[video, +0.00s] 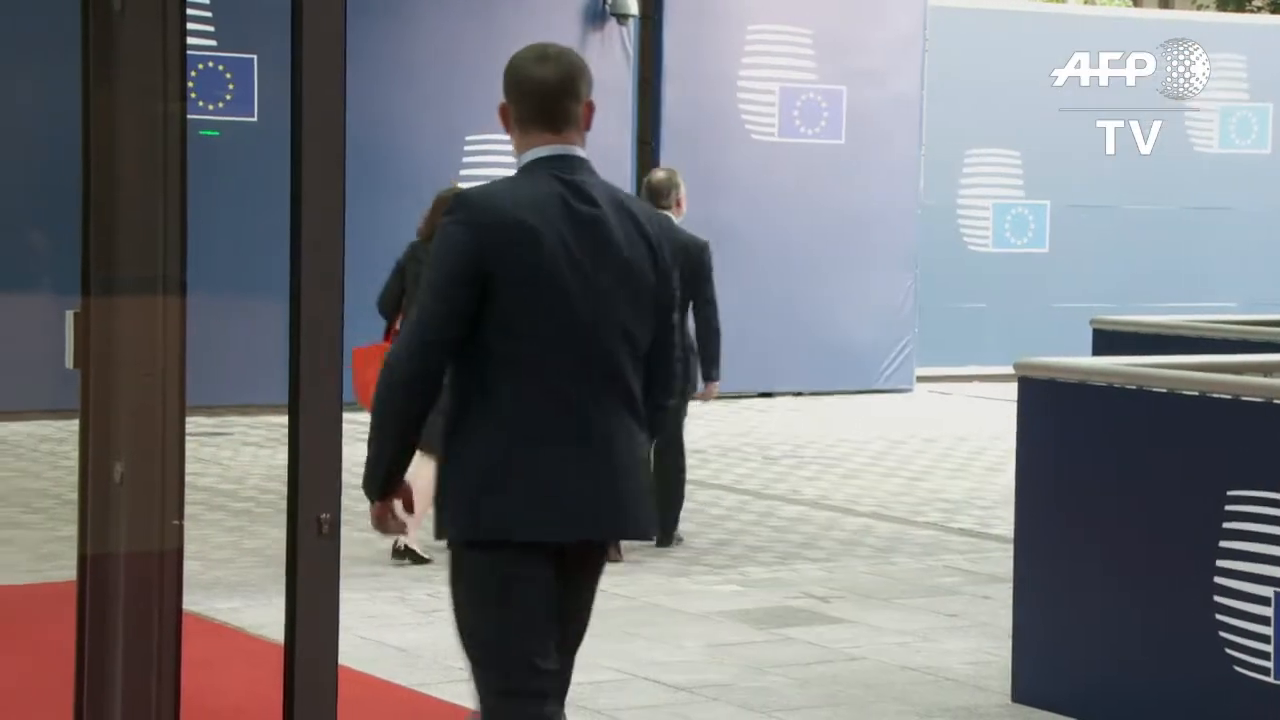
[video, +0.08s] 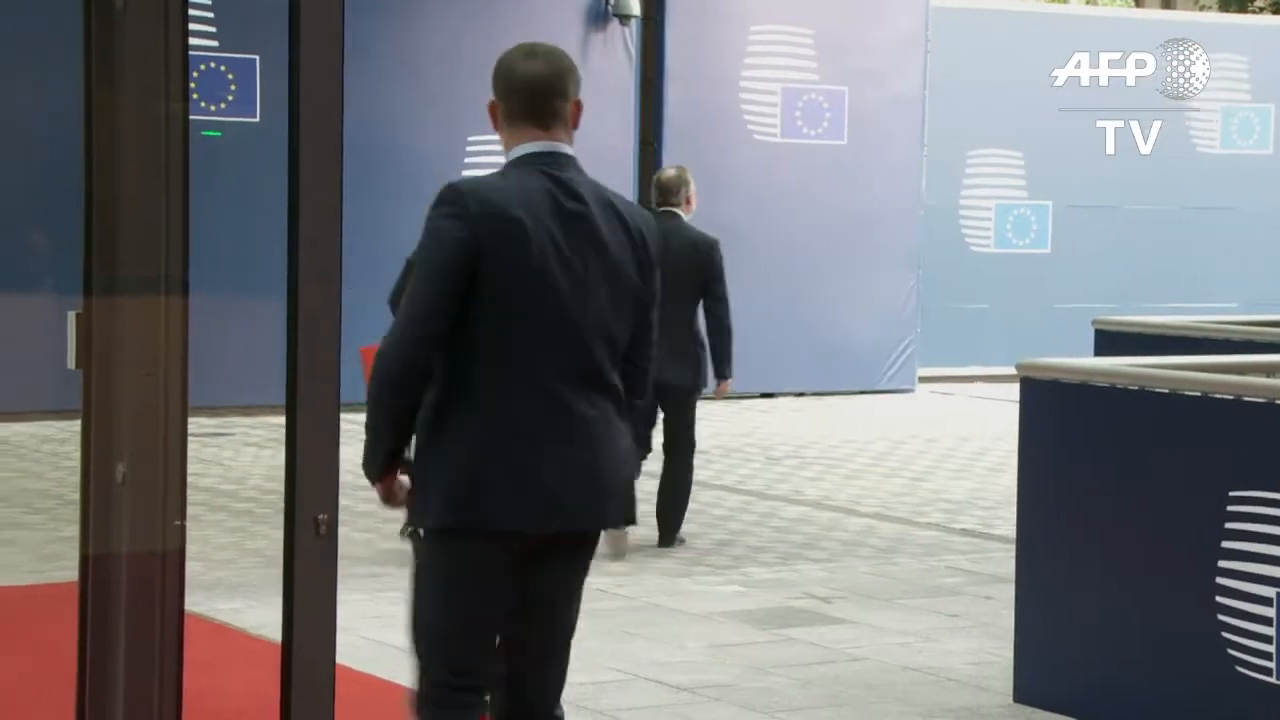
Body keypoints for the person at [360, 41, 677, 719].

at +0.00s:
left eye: (504, 109)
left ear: (505, 117)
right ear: (591, 115)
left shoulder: (478, 216)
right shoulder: (647, 230)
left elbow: (417, 356)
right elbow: (668, 380)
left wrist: (384, 472)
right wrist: (618, 455)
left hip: (497, 500)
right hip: (597, 497)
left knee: (517, 698)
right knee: (542, 692)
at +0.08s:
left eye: (493, 108)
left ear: (494, 115)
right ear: (578, 114)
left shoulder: (471, 204)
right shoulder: (630, 225)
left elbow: (410, 343)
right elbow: (637, 374)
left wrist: (382, 456)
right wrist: (614, 467)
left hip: (473, 493)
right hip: (578, 491)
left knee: (451, 689)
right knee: (535, 690)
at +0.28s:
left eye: (455, 104)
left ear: (456, 109)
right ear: (538, 108)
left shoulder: (433, 195)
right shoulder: (592, 218)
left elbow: (370, 342)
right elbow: (594, 361)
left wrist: (376, 429)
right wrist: (539, 411)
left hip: (428, 481)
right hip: (537, 484)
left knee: (363, 652)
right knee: (512, 687)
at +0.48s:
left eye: (401, 125)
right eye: (481, 123)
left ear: (402, 131)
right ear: (483, 130)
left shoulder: (370, 221)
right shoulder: (535, 237)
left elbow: (318, 356)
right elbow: (543, 377)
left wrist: (322, 447)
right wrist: (504, 447)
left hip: (379, 505)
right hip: (488, 505)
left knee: (341, 694)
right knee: (489, 701)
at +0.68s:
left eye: (321, 137)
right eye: (403, 134)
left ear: (324, 145)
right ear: (402, 140)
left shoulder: (293, 239)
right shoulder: (457, 247)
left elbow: (223, 385)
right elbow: (476, 388)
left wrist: (274, 458)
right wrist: (428, 451)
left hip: (307, 505)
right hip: (416, 507)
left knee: (275, 695)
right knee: (425, 691)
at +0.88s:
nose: (332, 130)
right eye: (332, 122)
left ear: (249, 129)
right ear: (324, 126)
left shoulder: (209, 230)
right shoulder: (387, 235)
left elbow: (158, 372)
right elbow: (398, 379)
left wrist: (207, 452)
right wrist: (332, 417)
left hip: (239, 491)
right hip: (349, 491)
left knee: (236, 692)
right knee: (331, 666)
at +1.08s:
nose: (273, 125)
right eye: (273, 117)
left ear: (190, 124)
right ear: (265, 121)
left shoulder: (150, 226)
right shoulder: (326, 233)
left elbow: (129, 353)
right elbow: (330, 368)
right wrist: (283, 429)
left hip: (173, 483)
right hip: (285, 483)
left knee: (195, 675)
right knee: (249, 666)